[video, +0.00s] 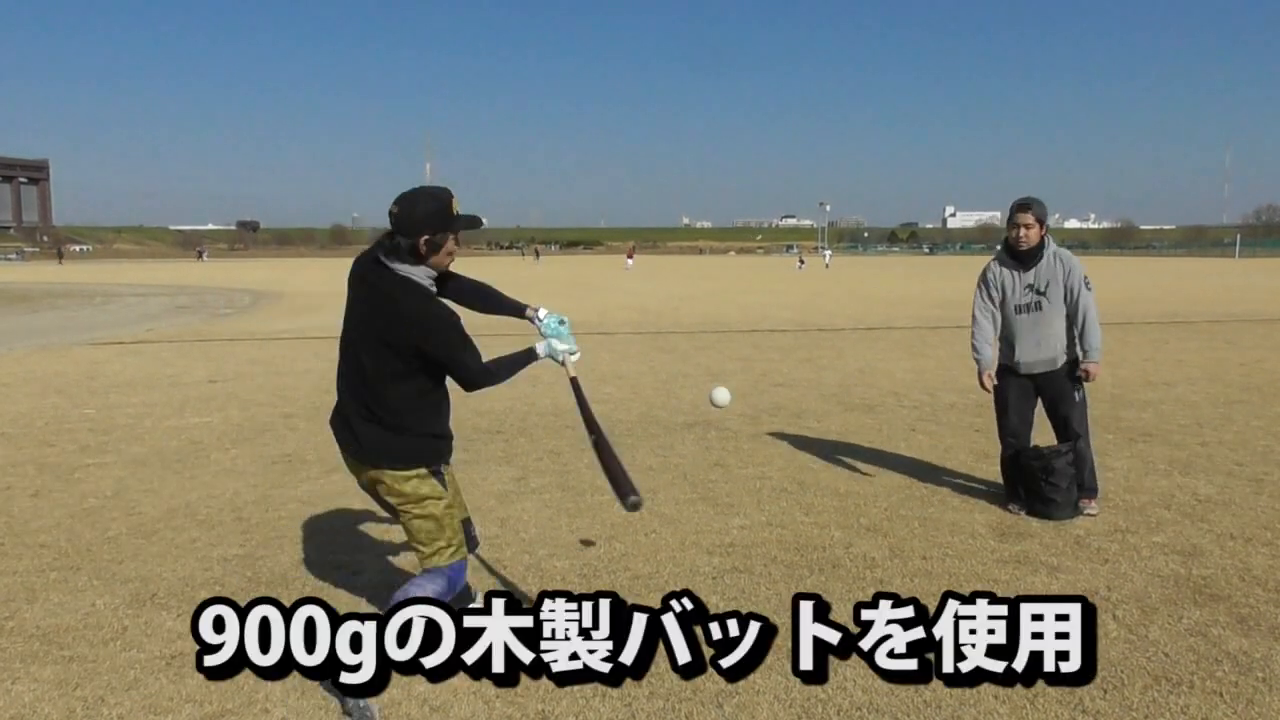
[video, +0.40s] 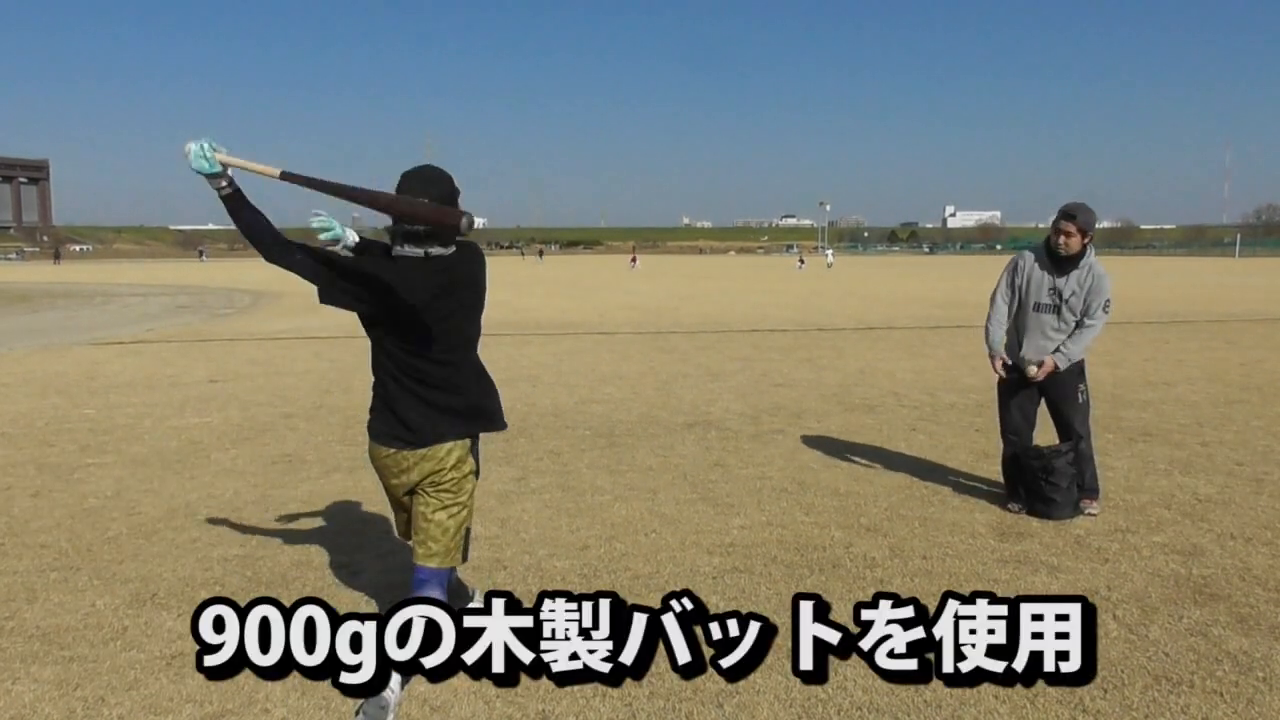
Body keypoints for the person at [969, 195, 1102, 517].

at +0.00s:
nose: (1020, 233)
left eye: (1027, 226)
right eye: (1014, 226)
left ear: (1043, 229)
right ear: (1007, 229)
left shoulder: (1066, 264)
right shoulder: (995, 271)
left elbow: (1084, 310)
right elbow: (984, 319)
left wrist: (1091, 356)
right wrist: (985, 362)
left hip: (1059, 366)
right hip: (1013, 369)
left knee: (1074, 434)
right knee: (1013, 436)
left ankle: (1086, 493)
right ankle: (1016, 496)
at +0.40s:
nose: (1060, 239)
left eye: (1069, 235)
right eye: (1057, 231)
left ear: (1086, 239)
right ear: (1050, 229)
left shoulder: (1095, 277)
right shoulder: (1025, 262)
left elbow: (1090, 327)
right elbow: (1000, 305)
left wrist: (1056, 360)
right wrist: (995, 347)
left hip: (1064, 367)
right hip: (1018, 365)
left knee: (1076, 434)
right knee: (1015, 436)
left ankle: (1087, 495)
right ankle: (1016, 494)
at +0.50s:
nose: (1063, 247)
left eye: (1072, 242)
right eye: (1060, 239)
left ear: (1089, 244)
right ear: (1053, 235)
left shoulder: (1097, 280)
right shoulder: (1028, 265)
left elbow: (1092, 329)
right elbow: (1006, 308)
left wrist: (1055, 357)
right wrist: (1004, 349)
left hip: (1066, 366)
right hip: (1019, 363)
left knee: (1077, 432)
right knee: (1015, 433)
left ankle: (1087, 494)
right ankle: (1016, 493)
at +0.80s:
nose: (1065, 295)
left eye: (1073, 291)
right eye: (1061, 288)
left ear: (1083, 286)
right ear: (1051, 278)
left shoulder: (1093, 304)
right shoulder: (1024, 287)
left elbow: (1094, 355)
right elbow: (1004, 329)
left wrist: (1078, 401)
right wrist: (1007, 374)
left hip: (1065, 372)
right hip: (1023, 371)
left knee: (1077, 430)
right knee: (1015, 433)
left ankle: (1089, 495)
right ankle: (1017, 494)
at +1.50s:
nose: (1007, 312)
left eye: (1007, 306)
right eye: (999, 311)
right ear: (986, 313)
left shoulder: (1033, 335)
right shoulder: (1003, 309)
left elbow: (1038, 386)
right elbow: (1001, 340)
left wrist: (1030, 433)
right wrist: (1003, 377)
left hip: (1080, 368)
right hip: (1040, 368)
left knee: (1076, 432)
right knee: (1027, 430)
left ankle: (1088, 495)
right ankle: (1018, 490)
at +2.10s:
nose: (976, 325)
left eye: (974, 321)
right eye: (974, 321)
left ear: (979, 320)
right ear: (988, 297)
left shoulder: (1026, 342)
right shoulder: (1001, 303)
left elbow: (1039, 396)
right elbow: (1002, 346)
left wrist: (1033, 441)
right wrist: (1006, 379)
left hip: (1078, 366)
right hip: (1041, 367)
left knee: (1071, 430)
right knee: (1023, 426)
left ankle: (1088, 493)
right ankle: (1017, 490)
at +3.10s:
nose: (997, 258)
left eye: (997, 253)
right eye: (997, 252)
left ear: (997, 254)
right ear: (1022, 240)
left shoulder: (1030, 280)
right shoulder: (1023, 271)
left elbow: (1042, 329)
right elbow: (1012, 318)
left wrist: (1041, 371)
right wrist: (1006, 350)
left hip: (1067, 362)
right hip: (1038, 360)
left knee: (1066, 428)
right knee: (1023, 424)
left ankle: (1086, 490)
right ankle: (1015, 485)